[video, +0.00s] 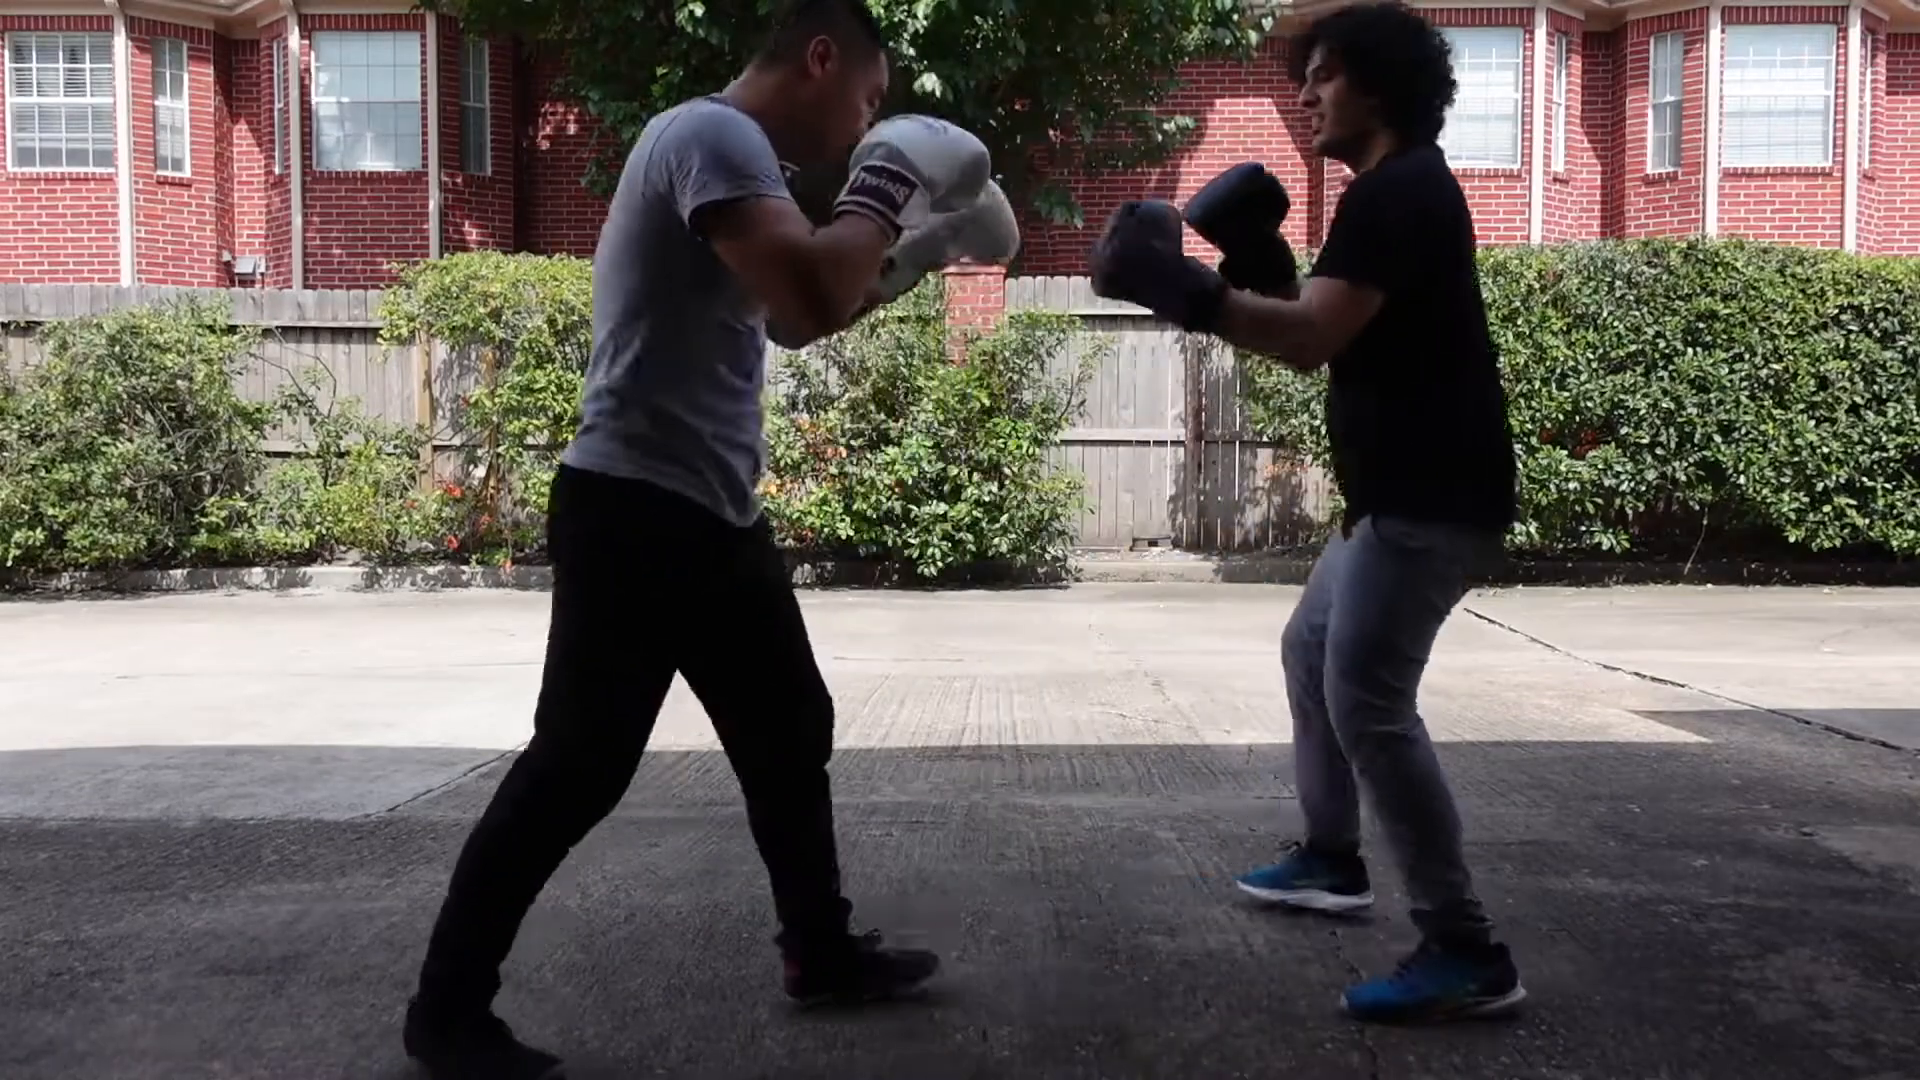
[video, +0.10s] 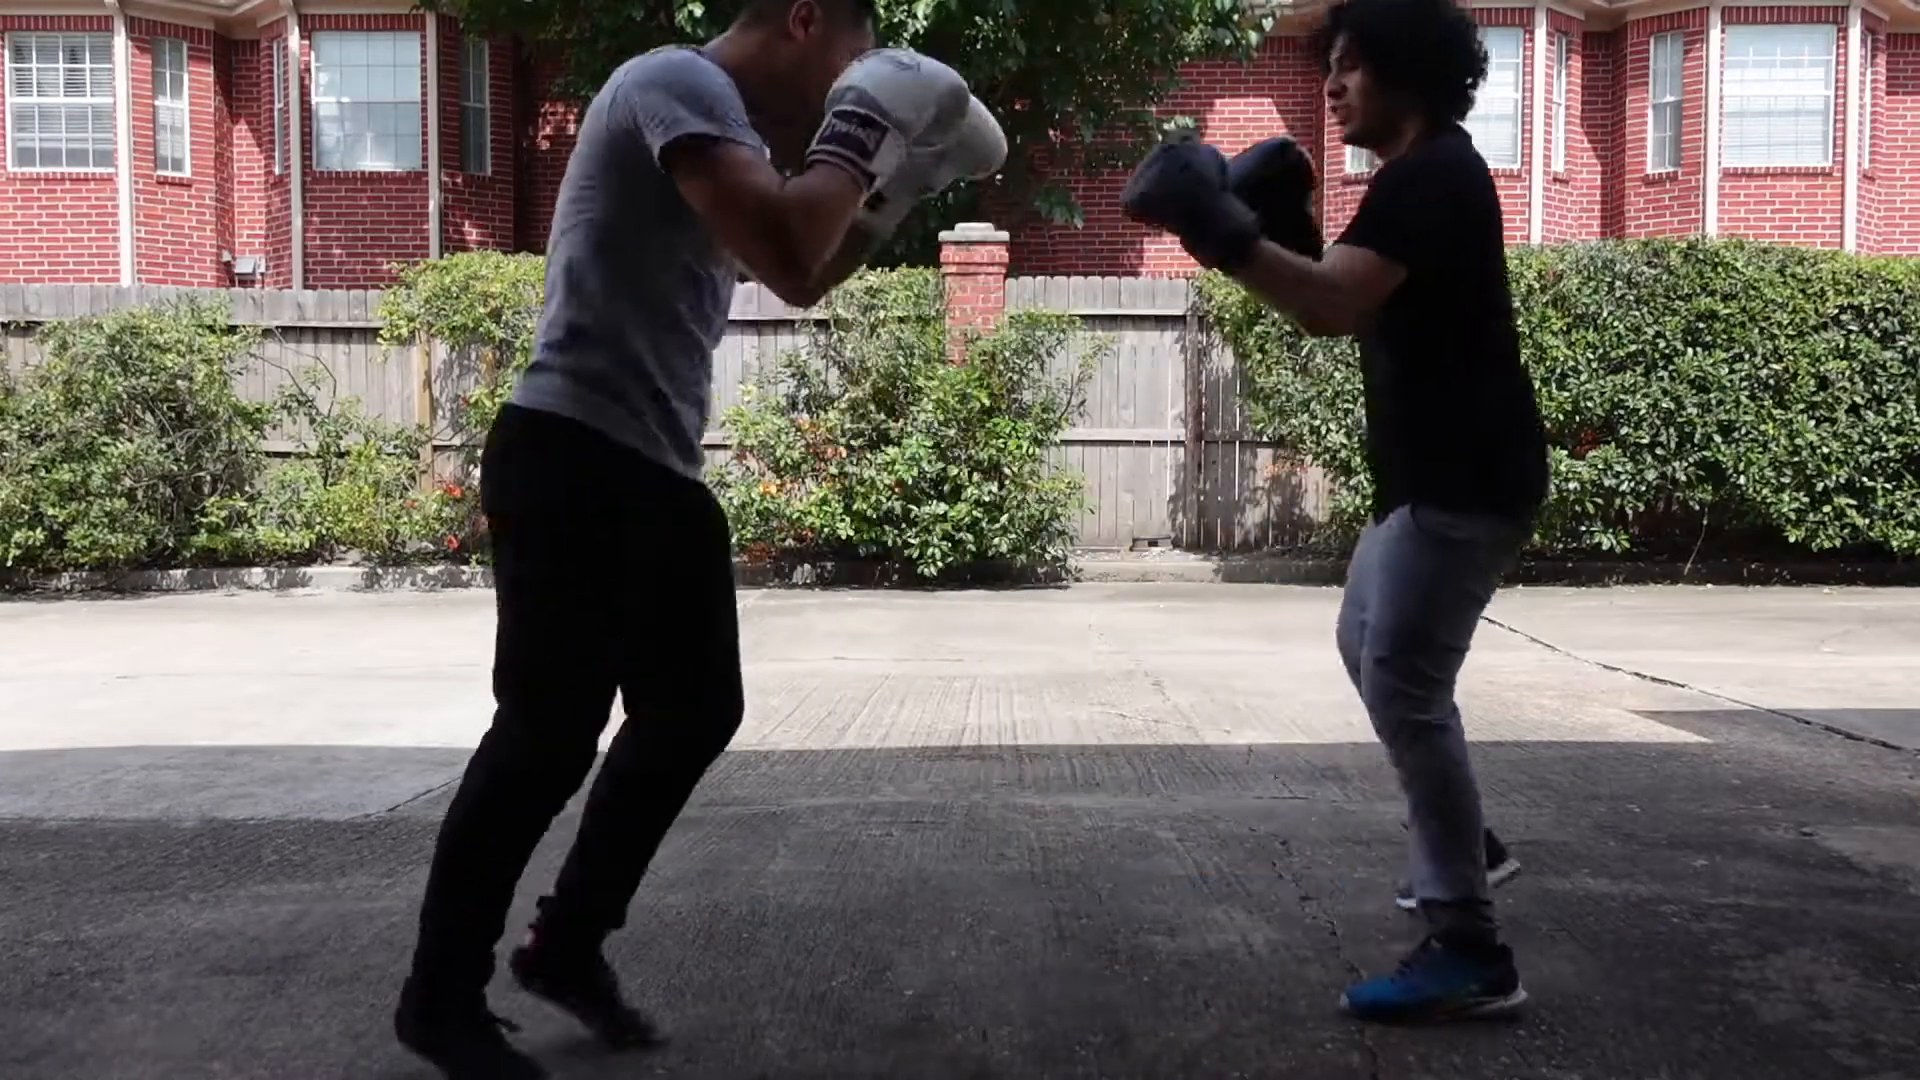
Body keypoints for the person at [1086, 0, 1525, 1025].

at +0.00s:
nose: (1304, 96)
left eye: (1322, 76)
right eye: (1307, 78)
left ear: (1378, 87)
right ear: (1382, 93)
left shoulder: (1396, 193)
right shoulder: (1396, 189)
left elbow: (1314, 335)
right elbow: (1330, 328)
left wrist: (1189, 295)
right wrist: (1265, 255)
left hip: (1431, 506)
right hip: (1403, 500)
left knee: (1369, 707)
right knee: (1308, 651)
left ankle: (1464, 951)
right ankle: (1331, 857)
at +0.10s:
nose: (1330, 87)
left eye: (1348, 66)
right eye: (1331, 68)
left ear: (1407, 74)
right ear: (1406, 81)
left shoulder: (1433, 177)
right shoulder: (1414, 174)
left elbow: (1335, 306)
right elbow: (1344, 307)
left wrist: (1217, 229)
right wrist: (1292, 233)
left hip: (1466, 488)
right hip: (1428, 477)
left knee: (1409, 690)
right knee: (1365, 638)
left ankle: (1468, 947)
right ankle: (1465, 841)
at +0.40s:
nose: (1387, 138)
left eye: (1402, 118)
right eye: (1383, 121)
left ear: (1462, 125)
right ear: (1452, 130)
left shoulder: (1489, 216)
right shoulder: (1472, 223)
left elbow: (1469, 336)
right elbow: (1405, 359)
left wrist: (1361, 253)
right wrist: (1341, 278)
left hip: (1531, 514)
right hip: (1554, 510)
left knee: (1458, 694)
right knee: (1548, 692)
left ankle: (1471, 941)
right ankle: (1654, 873)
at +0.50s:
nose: (1384, 138)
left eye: (1397, 117)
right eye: (1381, 120)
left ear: (1451, 117)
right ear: (1436, 123)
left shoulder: (1504, 204)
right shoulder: (1447, 216)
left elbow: (1481, 309)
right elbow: (1382, 330)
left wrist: (1377, 231)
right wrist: (1333, 264)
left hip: (1544, 496)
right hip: (1537, 493)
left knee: (1457, 674)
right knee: (1559, 681)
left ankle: (1516, 918)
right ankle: (1656, 874)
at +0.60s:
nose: (1378, 133)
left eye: (1391, 112)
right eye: (1373, 118)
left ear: (1447, 110)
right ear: (1397, 126)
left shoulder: (1500, 194)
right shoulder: (1431, 213)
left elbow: (1460, 276)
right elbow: (1354, 314)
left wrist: (1361, 177)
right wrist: (1321, 236)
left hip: (1544, 492)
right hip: (1520, 489)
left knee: (1463, 674)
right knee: (1558, 677)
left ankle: (1533, 912)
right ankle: (1649, 871)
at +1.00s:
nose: (1298, 142)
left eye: (1314, 123)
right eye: (1294, 127)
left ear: (1372, 124)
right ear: (1304, 137)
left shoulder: (1421, 207)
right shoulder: (1316, 229)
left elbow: (1383, 285)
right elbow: (1240, 328)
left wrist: (1296, 186)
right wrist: (1221, 237)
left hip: (1426, 498)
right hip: (1342, 499)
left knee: (1440, 690)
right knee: (1287, 664)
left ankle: (1532, 912)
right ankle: (1274, 820)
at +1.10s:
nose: (1262, 164)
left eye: (1274, 146)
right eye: (1259, 149)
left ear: (1324, 148)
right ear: (1279, 156)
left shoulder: (1370, 233)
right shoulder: (1282, 254)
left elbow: (1355, 318)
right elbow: (1215, 351)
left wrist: (1273, 213)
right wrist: (1191, 276)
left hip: (1368, 524)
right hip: (1284, 519)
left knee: (1406, 702)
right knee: (1225, 668)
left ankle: (1512, 909)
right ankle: (1237, 830)